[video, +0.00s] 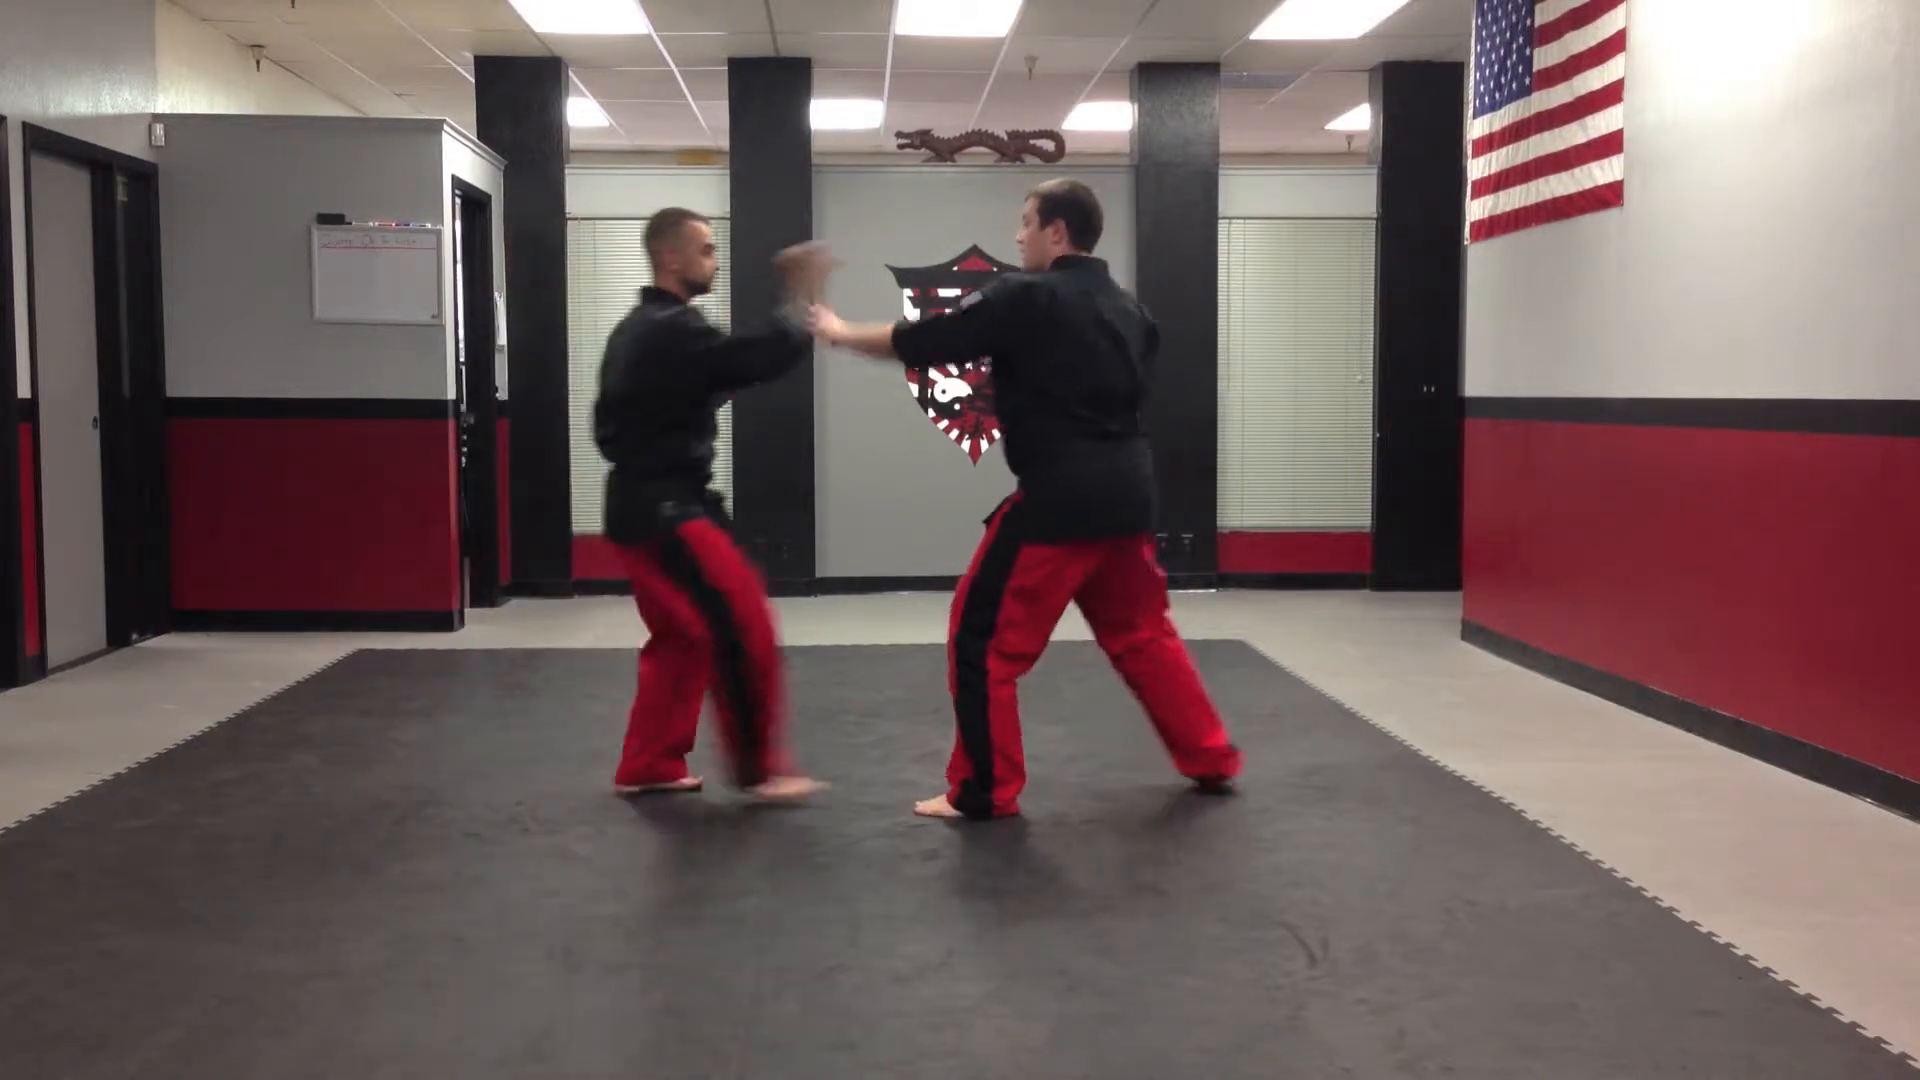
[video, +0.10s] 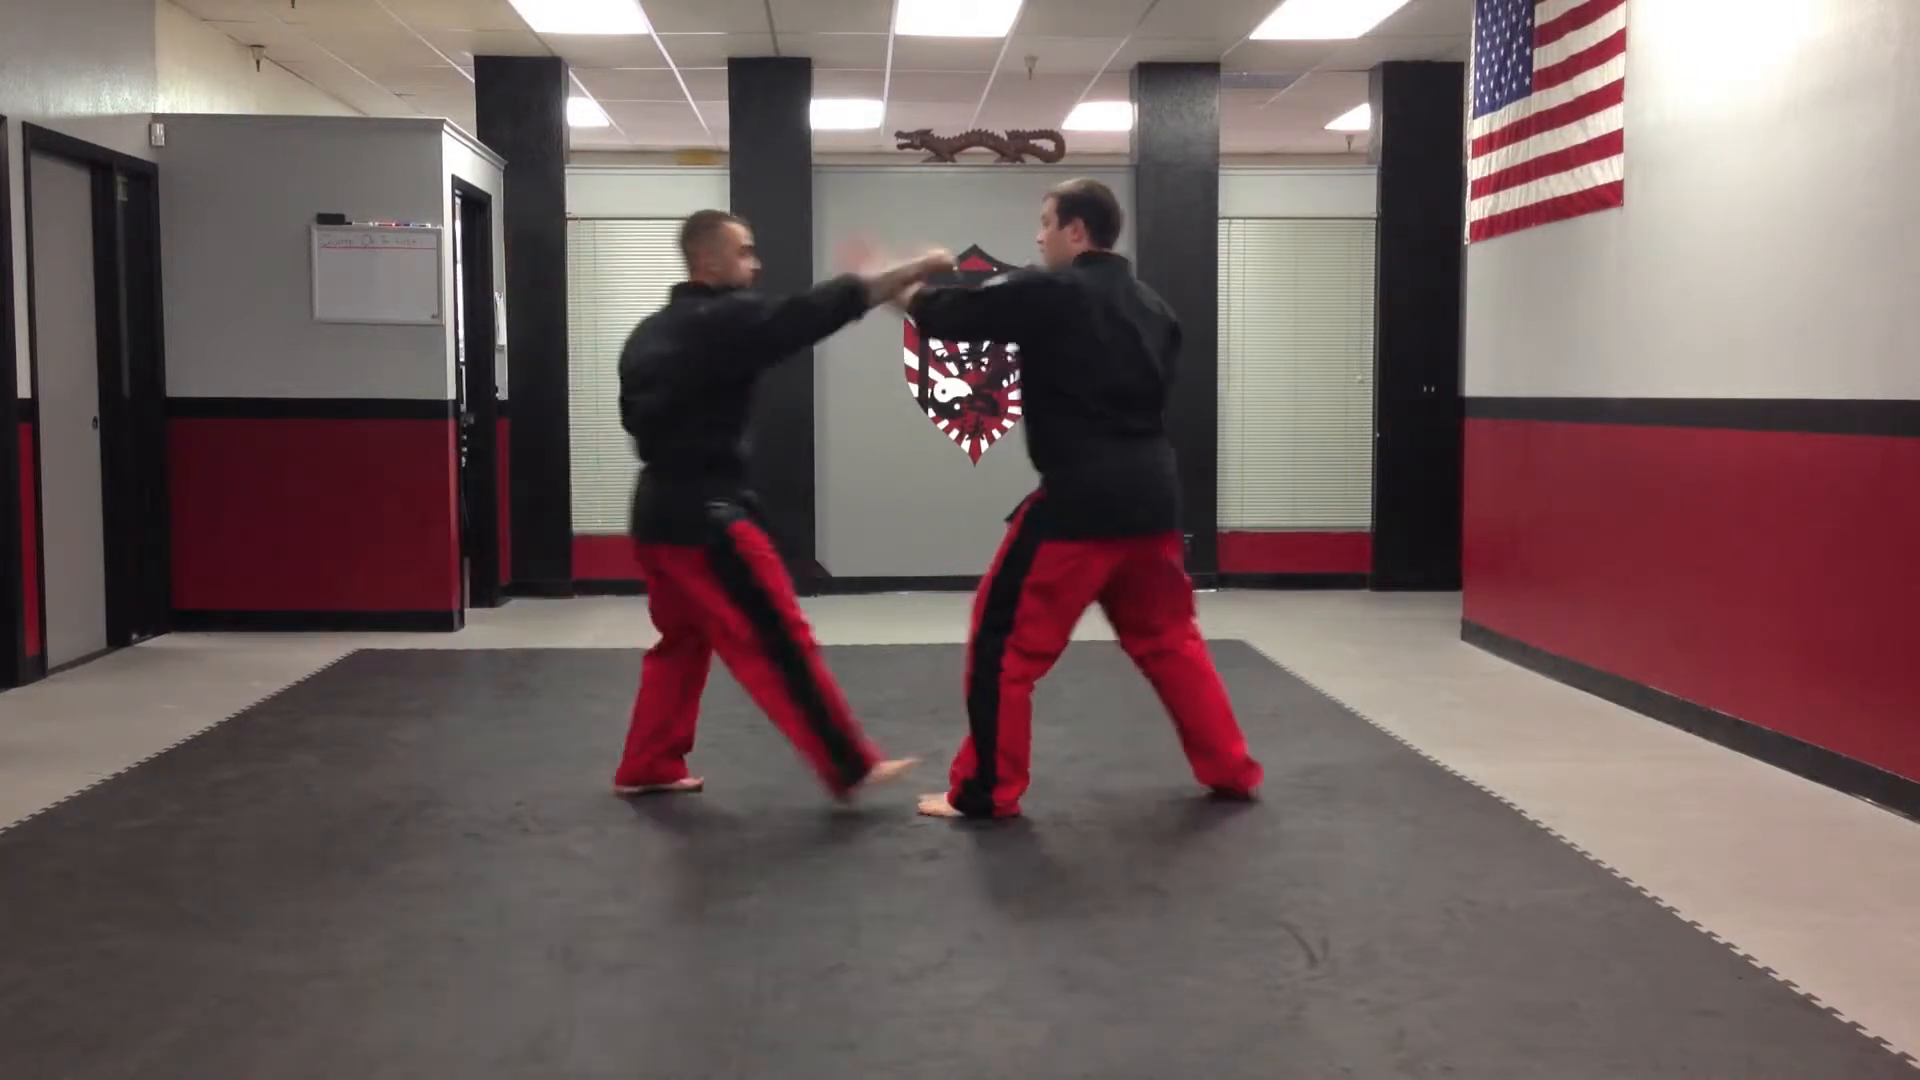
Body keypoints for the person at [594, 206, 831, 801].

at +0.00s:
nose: (715, 261)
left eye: (713, 249)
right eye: (704, 250)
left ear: (665, 260)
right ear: (667, 257)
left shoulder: (633, 330)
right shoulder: (675, 331)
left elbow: (611, 430)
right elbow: (751, 362)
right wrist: (798, 315)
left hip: (636, 511)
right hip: (672, 510)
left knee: (679, 636)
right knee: (743, 619)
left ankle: (649, 765)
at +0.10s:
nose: (755, 262)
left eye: (752, 251)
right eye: (744, 252)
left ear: (698, 263)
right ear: (707, 259)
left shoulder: (650, 333)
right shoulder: (727, 320)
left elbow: (640, 423)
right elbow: (808, 313)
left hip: (659, 516)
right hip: (711, 518)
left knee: (680, 641)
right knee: (780, 637)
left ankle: (649, 766)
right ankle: (851, 766)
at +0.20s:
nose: (790, 271)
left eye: (786, 259)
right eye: (780, 260)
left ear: (728, 268)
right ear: (749, 268)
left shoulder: (680, 340)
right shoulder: (777, 323)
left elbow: (636, 426)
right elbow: (851, 300)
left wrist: (701, 407)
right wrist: (934, 261)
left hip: (699, 527)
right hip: (762, 531)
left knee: (702, 648)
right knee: (830, 661)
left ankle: (651, 765)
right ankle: (884, 790)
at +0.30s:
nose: (813, 270)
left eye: (812, 260)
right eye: (806, 260)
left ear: (753, 269)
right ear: (774, 265)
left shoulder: (704, 338)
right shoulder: (796, 328)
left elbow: (668, 428)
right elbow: (865, 329)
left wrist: (734, 425)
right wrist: (925, 308)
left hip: (722, 524)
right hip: (790, 524)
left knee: (731, 647)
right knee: (865, 650)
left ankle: (665, 766)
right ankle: (890, 791)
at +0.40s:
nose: (832, 266)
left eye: (830, 254)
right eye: (824, 255)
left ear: (771, 262)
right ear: (790, 261)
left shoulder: (720, 335)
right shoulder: (814, 332)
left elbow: (680, 419)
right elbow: (893, 355)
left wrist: (741, 420)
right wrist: (963, 362)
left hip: (733, 519)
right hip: (805, 522)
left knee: (738, 649)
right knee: (872, 654)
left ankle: (685, 780)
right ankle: (890, 791)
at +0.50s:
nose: (842, 264)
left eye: (839, 253)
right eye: (833, 253)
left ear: (780, 261)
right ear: (801, 260)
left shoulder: (726, 334)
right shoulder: (820, 335)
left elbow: (688, 412)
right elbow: (897, 369)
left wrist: (750, 419)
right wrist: (983, 371)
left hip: (738, 520)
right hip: (810, 522)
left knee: (732, 648)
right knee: (875, 656)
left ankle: (678, 778)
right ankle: (889, 792)